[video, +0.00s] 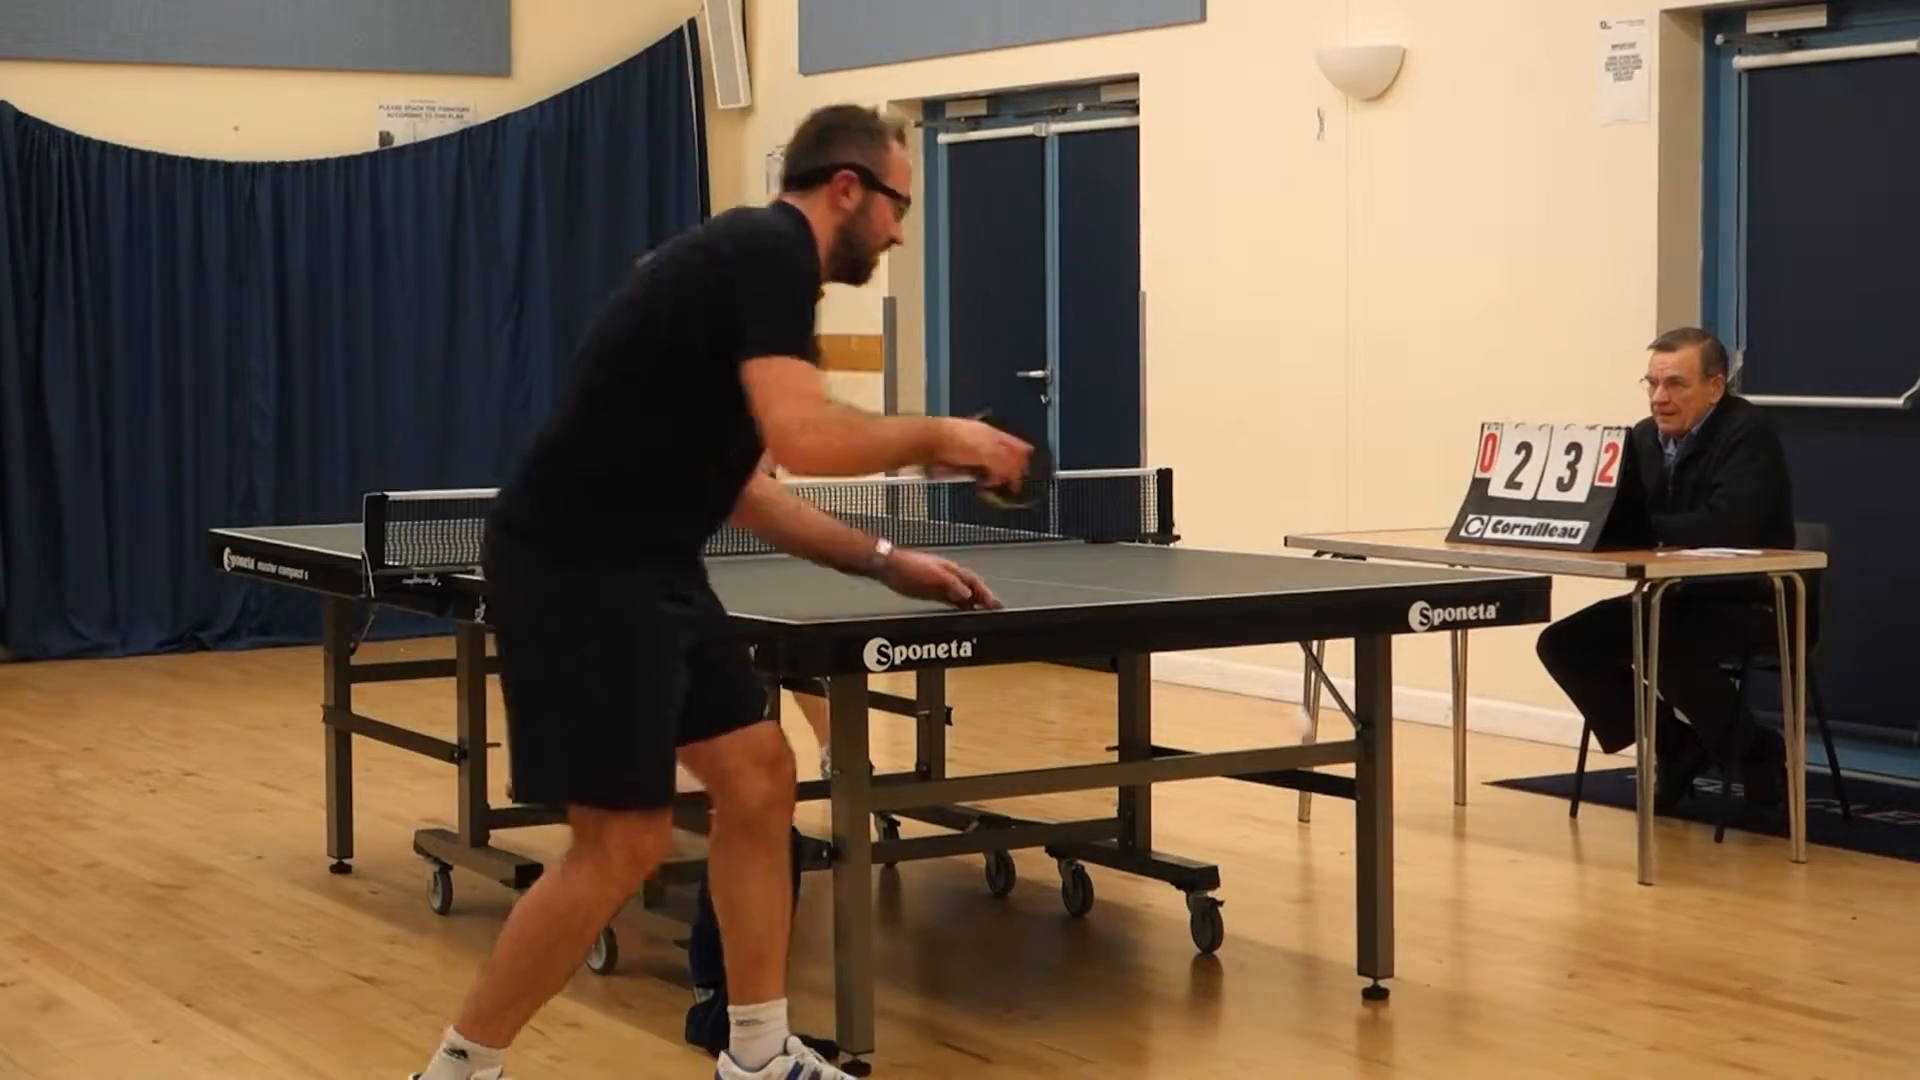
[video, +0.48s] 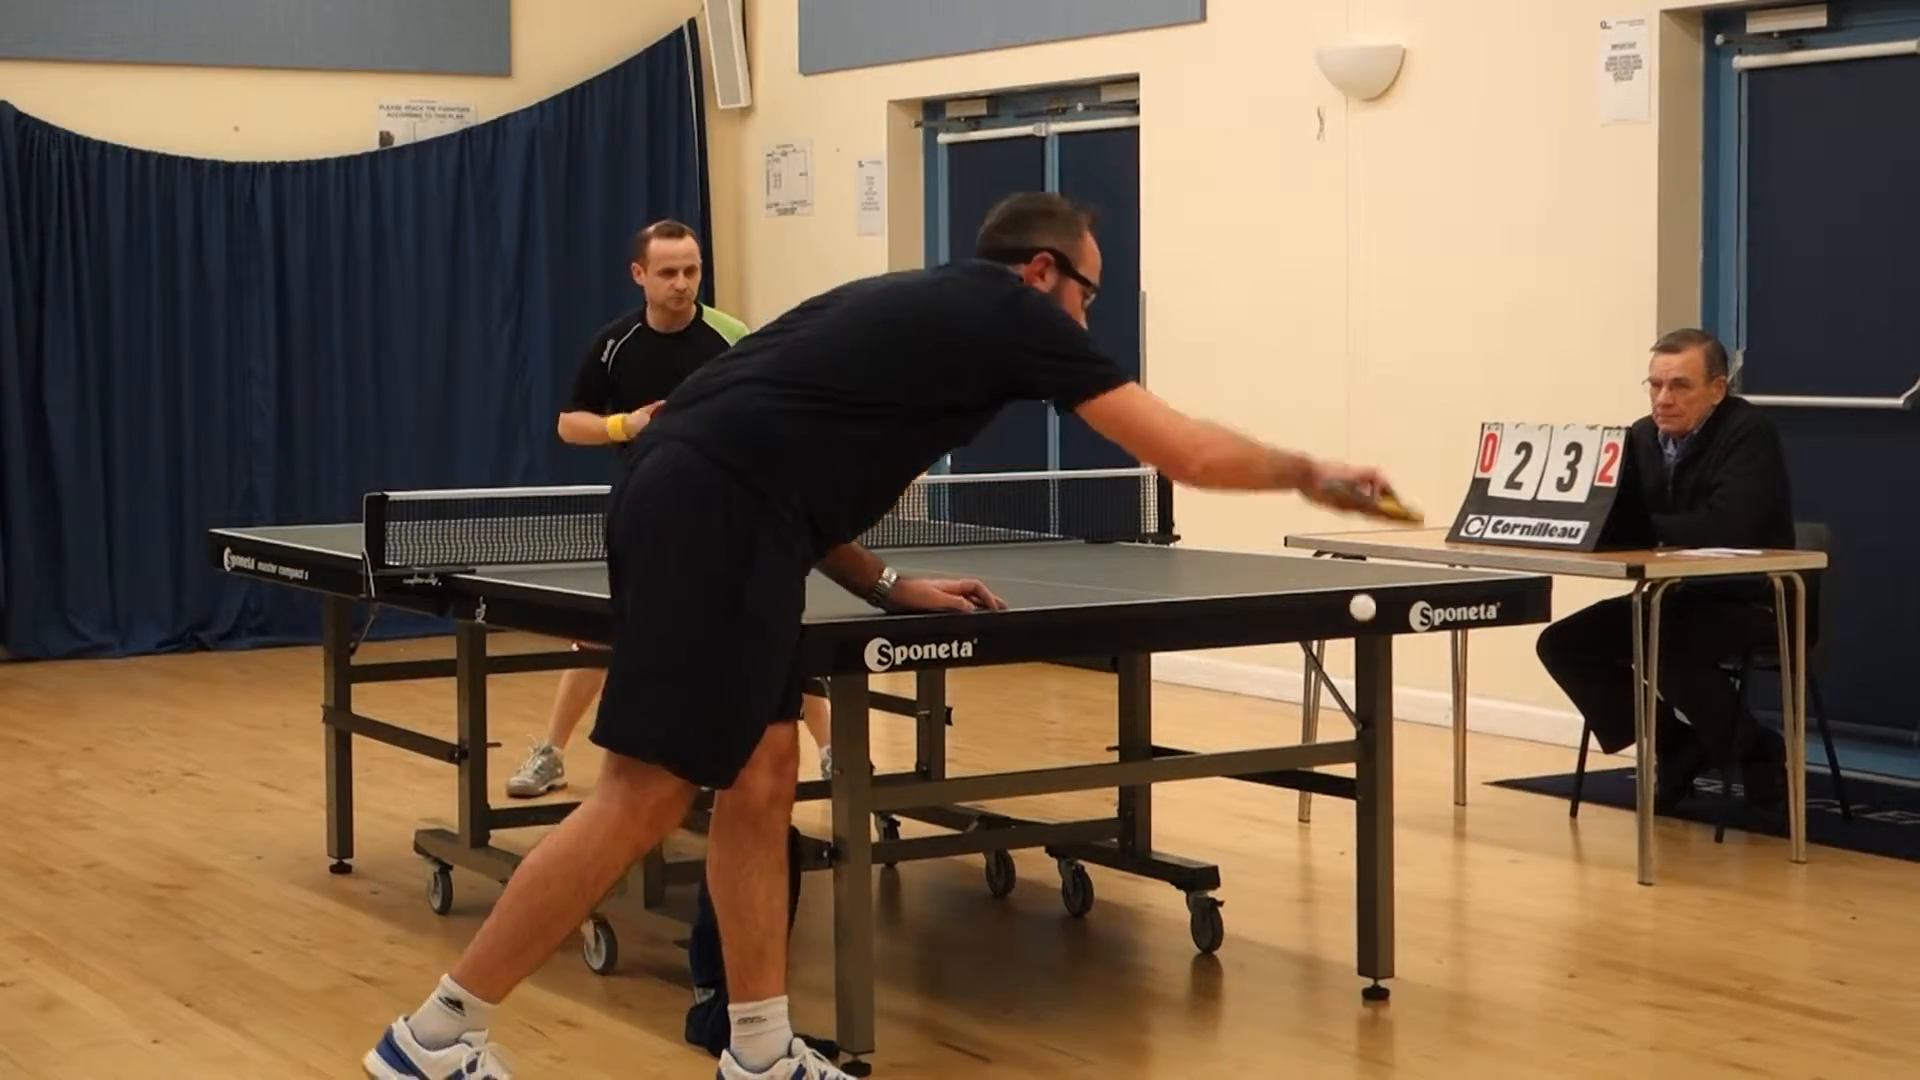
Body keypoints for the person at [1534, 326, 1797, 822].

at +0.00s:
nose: (1659, 396)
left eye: (1675, 383)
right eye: (1653, 382)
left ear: (1715, 388)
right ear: (1645, 384)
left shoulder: (1749, 435)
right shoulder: (1642, 439)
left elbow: (1732, 527)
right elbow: (1605, 512)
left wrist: (1637, 530)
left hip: (1755, 601)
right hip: (1671, 596)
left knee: (1666, 645)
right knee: (1562, 644)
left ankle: (1757, 750)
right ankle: (1674, 741)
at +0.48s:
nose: (1663, 398)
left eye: (1680, 385)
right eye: (1656, 384)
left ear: (1717, 389)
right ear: (1647, 385)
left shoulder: (1749, 434)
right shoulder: (1640, 438)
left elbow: (1731, 527)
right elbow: (1610, 518)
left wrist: (1639, 529)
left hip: (1755, 599)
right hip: (1672, 595)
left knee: (1669, 648)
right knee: (1562, 644)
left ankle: (1757, 749)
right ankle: (1674, 743)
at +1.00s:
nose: (1662, 398)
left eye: (1678, 385)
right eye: (1655, 384)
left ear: (1716, 389)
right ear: (1647, 386)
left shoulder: (1749, 433)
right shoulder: (1641, 437)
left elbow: (1732, 526)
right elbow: (1612, 517)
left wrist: (1639, 530)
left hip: (1754, 599)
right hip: (1673, 595)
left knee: (1666, 646)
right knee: (1561, 644)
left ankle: (1757, 750)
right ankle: (1674, 742)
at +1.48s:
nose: (1658, 398)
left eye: (1673, 384)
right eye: (1652, 384)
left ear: (1715, 388)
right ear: (1645, 385)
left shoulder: (1749, 435)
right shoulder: (1640, 438)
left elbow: (1734, 527)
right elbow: (1614, 521)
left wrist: (1643, 532)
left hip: (1755, 600)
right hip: (1672, 595)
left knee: (1669, 646)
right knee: (1562, 644)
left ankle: (1757, 751)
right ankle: (1674, 745)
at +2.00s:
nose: (1657, 398)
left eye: (1672, 385)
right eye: (1651, 384)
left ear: (1713, 388)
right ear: (1644, 385)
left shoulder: (1748, 435)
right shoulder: (1641, 438)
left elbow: (1734, 527)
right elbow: (1609, 516)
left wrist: (1638, 530)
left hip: (1756, 600)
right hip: (1672, 595)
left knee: (1668, 646)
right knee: (1563, 644)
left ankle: (1756, 751)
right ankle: (1674, 743)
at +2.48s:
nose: (1656, 398)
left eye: (1672, 385)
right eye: (1651, 384)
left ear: (1713, 388)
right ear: (1644, 385)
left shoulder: (1747, 435)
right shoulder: (1641, 437)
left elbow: (1733, 527)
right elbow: (1608, 515)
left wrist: (1637, 531)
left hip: (1757, 600)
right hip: (1674, 595)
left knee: (1667, 645)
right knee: (1562, 644)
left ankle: (1758, 753)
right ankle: (1674, 742)